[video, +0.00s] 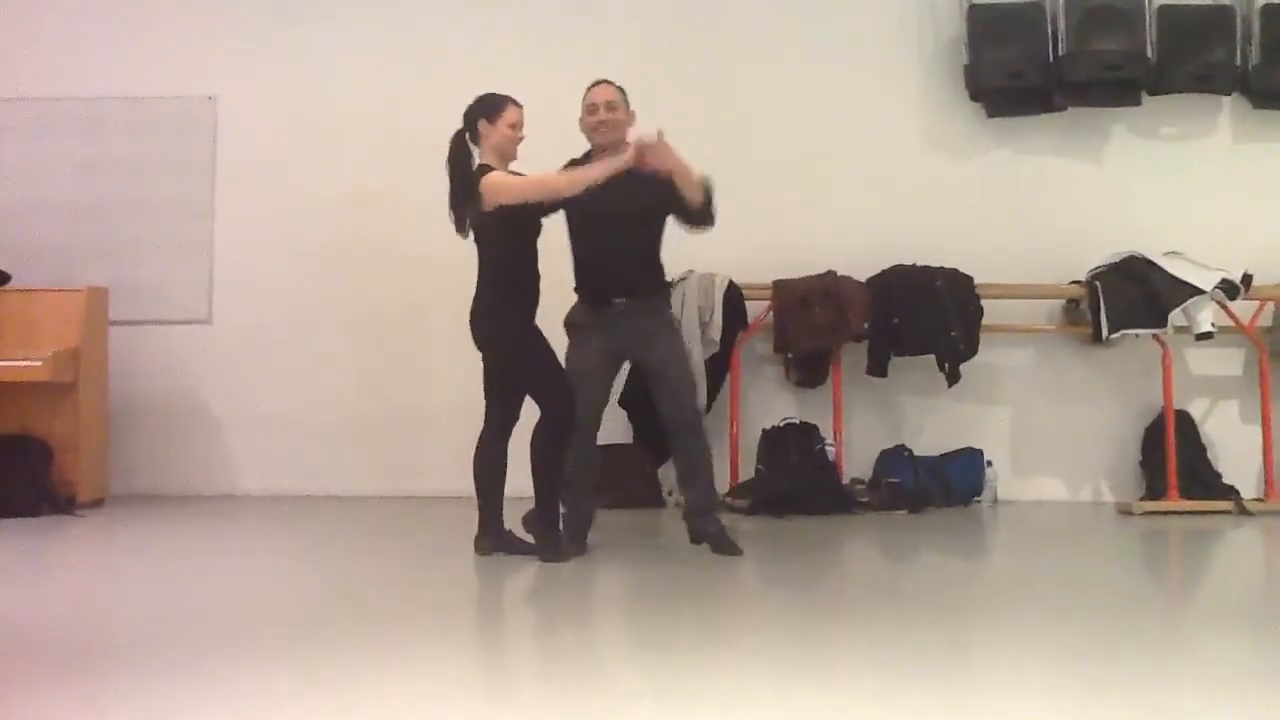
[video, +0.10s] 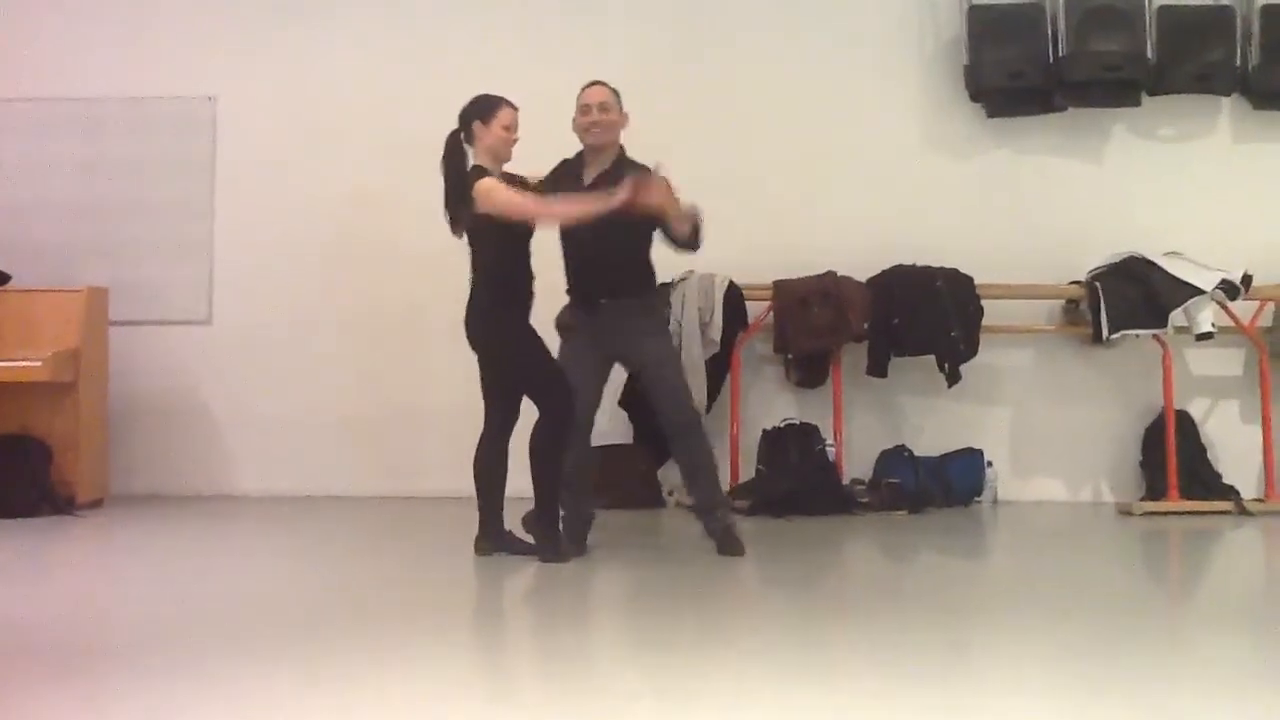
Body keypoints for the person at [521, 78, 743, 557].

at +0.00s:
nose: (601, 115)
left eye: (611, 108)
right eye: (592, 109)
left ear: (630, 117)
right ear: (580, 122)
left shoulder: (654, 170)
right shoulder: (571, 176)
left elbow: (701, 217)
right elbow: (530, 206)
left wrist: (678, 167)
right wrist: (490, 196)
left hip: (652, 315)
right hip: (594, 318)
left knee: (683, 414)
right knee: (578, 422)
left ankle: (704, 520)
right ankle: (572, 529)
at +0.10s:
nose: (593, 117)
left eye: (604, 109)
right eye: (585, 110)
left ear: (623, 120)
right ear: (574, 122)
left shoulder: (643, 180)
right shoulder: (559, 181)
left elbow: (689, 240)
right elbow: (519, 216)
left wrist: (673, 210)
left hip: (642, 315)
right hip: (585, 319)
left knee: (679, 415)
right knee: (572, 419)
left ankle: (718, 519)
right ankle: (572, 529)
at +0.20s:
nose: (583, 119)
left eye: (593, 112)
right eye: (575, 113)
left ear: (613, 123)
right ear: (565, 124)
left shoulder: (638, 189)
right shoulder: (554, 182)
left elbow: (662, 258)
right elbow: (516, 220)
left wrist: (623, 263)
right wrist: (481, 193)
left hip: (626, 319)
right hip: (571, 321)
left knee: (664, 412)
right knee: (562, 417)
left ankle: (717, 508)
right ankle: (571, 527)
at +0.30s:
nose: (581, 119)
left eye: (592, 112)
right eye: (573, 112)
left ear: (611, 123)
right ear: (563, 124)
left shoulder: (635, 188)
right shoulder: (554, 181)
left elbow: (648, 260)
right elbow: (521, 226)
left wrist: (595, 268)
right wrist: (480, 203)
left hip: (621, 316)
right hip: (567, 318)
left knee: (641, 406)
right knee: (562, 419)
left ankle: (692, 487)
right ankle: (571, 523)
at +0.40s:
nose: (579, 121)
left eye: (589, 113)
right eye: (571, 114)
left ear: (608, 125)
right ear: (561, 126)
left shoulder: (630, 187)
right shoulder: (549, 186)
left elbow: (626, 255)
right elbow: (532, 238)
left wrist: (573, 248)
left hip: (617, 315)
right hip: (565, 315)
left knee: (618, 407)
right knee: (560, 418)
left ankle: (650, 471)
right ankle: (570, 522)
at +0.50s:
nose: (576, 120)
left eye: (587, 113)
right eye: (568, 114)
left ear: (606, 126)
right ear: (558, 128)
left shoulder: (625, 183)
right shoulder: (550, 187)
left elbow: (615, 241)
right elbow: (525, 245)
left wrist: (548, 206)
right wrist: (484, 228)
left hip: (615, 319)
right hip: (562, 319)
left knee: (600, 415)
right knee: (556, 417)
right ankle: (567, 519)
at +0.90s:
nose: (578, 119)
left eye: (588, 112)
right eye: (570, 113)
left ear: (607, 124)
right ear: (560, 126)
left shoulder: (631, 185)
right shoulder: (548, 185)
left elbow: (626, 251)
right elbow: (522, 237)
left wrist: (577, 253)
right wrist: (482, 213)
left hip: (609, 320)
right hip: (556, 316)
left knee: (586, 421)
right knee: (554, 413)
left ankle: (546, 509)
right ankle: (567, 524)